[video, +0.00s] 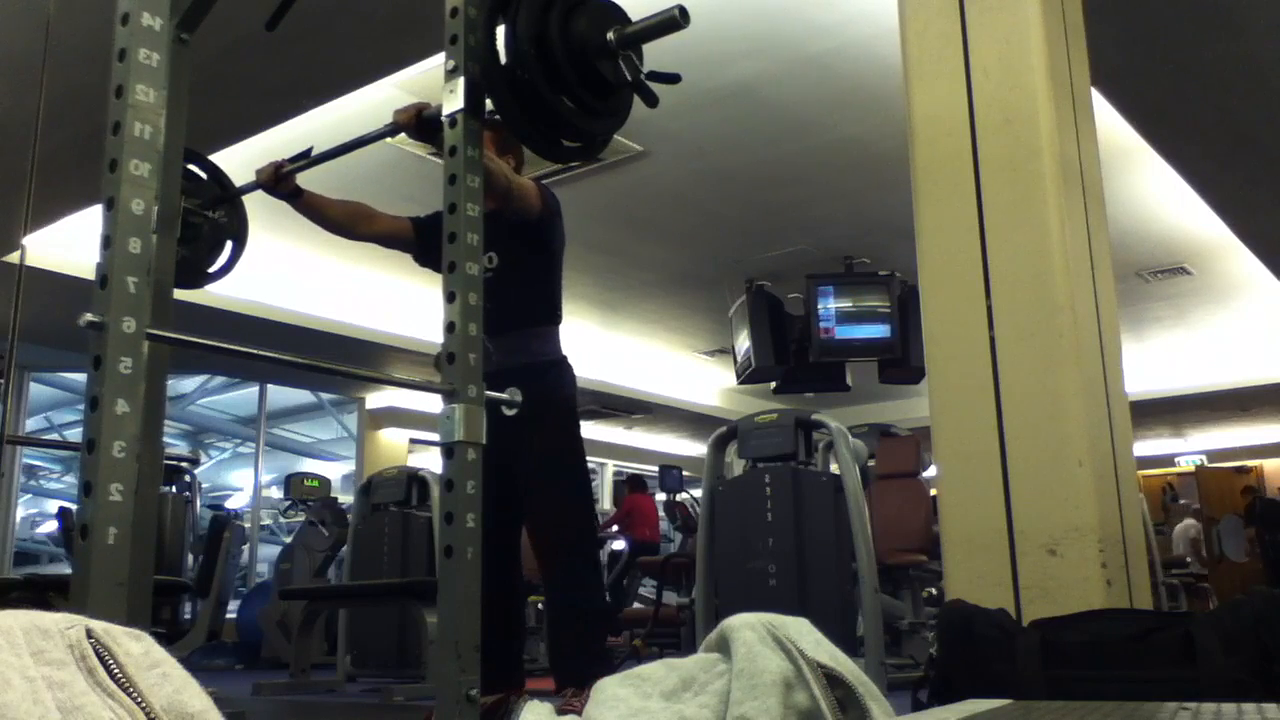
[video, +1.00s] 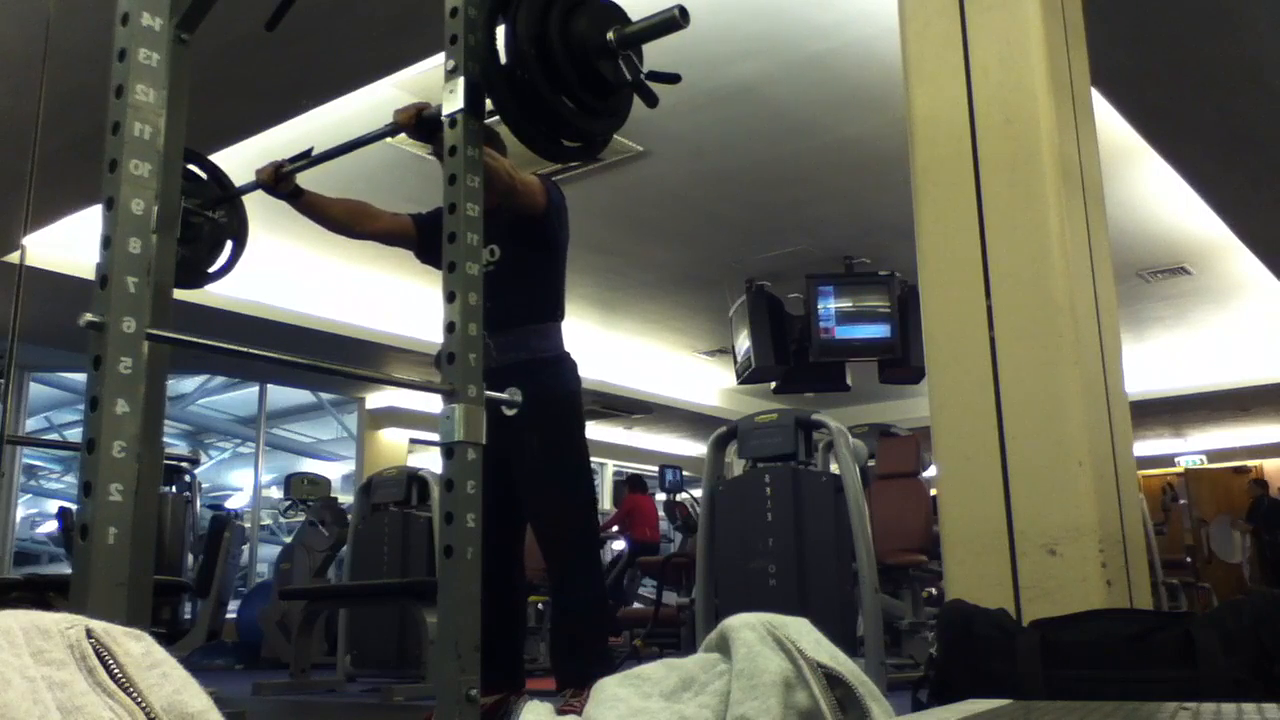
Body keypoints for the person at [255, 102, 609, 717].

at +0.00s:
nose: (469, 164)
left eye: (478, 152)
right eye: (462, 156)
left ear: (508, 152)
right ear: (457, 163)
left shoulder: (539, 209)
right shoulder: (455, 226)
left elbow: (503, 181)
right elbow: (366, 222)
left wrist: (440, 134)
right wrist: (294, 193)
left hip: (539, 389)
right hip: (477, 395)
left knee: (561, 538)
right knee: (486, 547)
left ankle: (578, 685)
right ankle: (498, 686)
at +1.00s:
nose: (464, 174)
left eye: (472, 161)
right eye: (457, 167)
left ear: (496, 155)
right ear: (450, 173)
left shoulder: (542, 203)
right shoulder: (454, 225)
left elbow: (503, 180)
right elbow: (371, 221)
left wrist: (440, 133)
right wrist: (295, 193)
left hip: (541, 385)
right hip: (478, 394)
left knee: (565, 538)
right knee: (488, 547)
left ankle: (579, 683)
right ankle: (498, 686)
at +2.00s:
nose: (466, 166)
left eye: (475, 154)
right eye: (460, 159)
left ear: (507, 153)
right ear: (456, 165)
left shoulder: (543, 207)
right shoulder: (456, 227)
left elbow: (501, 178)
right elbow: (368, 224)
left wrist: (439, 133)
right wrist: (294, 192)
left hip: (539, 385)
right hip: (476, 393)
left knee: (565, 539)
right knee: (488, 548)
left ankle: (579, 684)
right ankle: (498, 687)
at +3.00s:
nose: (468, 166)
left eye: (478, 154)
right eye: (462, 158)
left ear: (510, 155)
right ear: (458, 165)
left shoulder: (542, 209)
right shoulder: (456, 227)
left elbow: (505, 181)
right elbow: (368, 224)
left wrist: (441, 133)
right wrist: (294, 192)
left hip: (537, 383)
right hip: (475, 391)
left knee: (563, 537)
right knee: (487, 546)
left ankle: (580, 684)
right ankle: (497, 687)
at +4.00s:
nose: (471, 159)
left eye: (482, 148)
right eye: (465, 153)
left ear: (516, 154)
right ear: (459, 162)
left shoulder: (543, 204)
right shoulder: (457, 223)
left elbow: (502, 179)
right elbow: (370, 221)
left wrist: (440, 134)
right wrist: (295, 192)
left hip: (538, 384)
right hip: (476, 392)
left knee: (565, 538)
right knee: (488, 546)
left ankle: (579, 684)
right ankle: (498, 686)